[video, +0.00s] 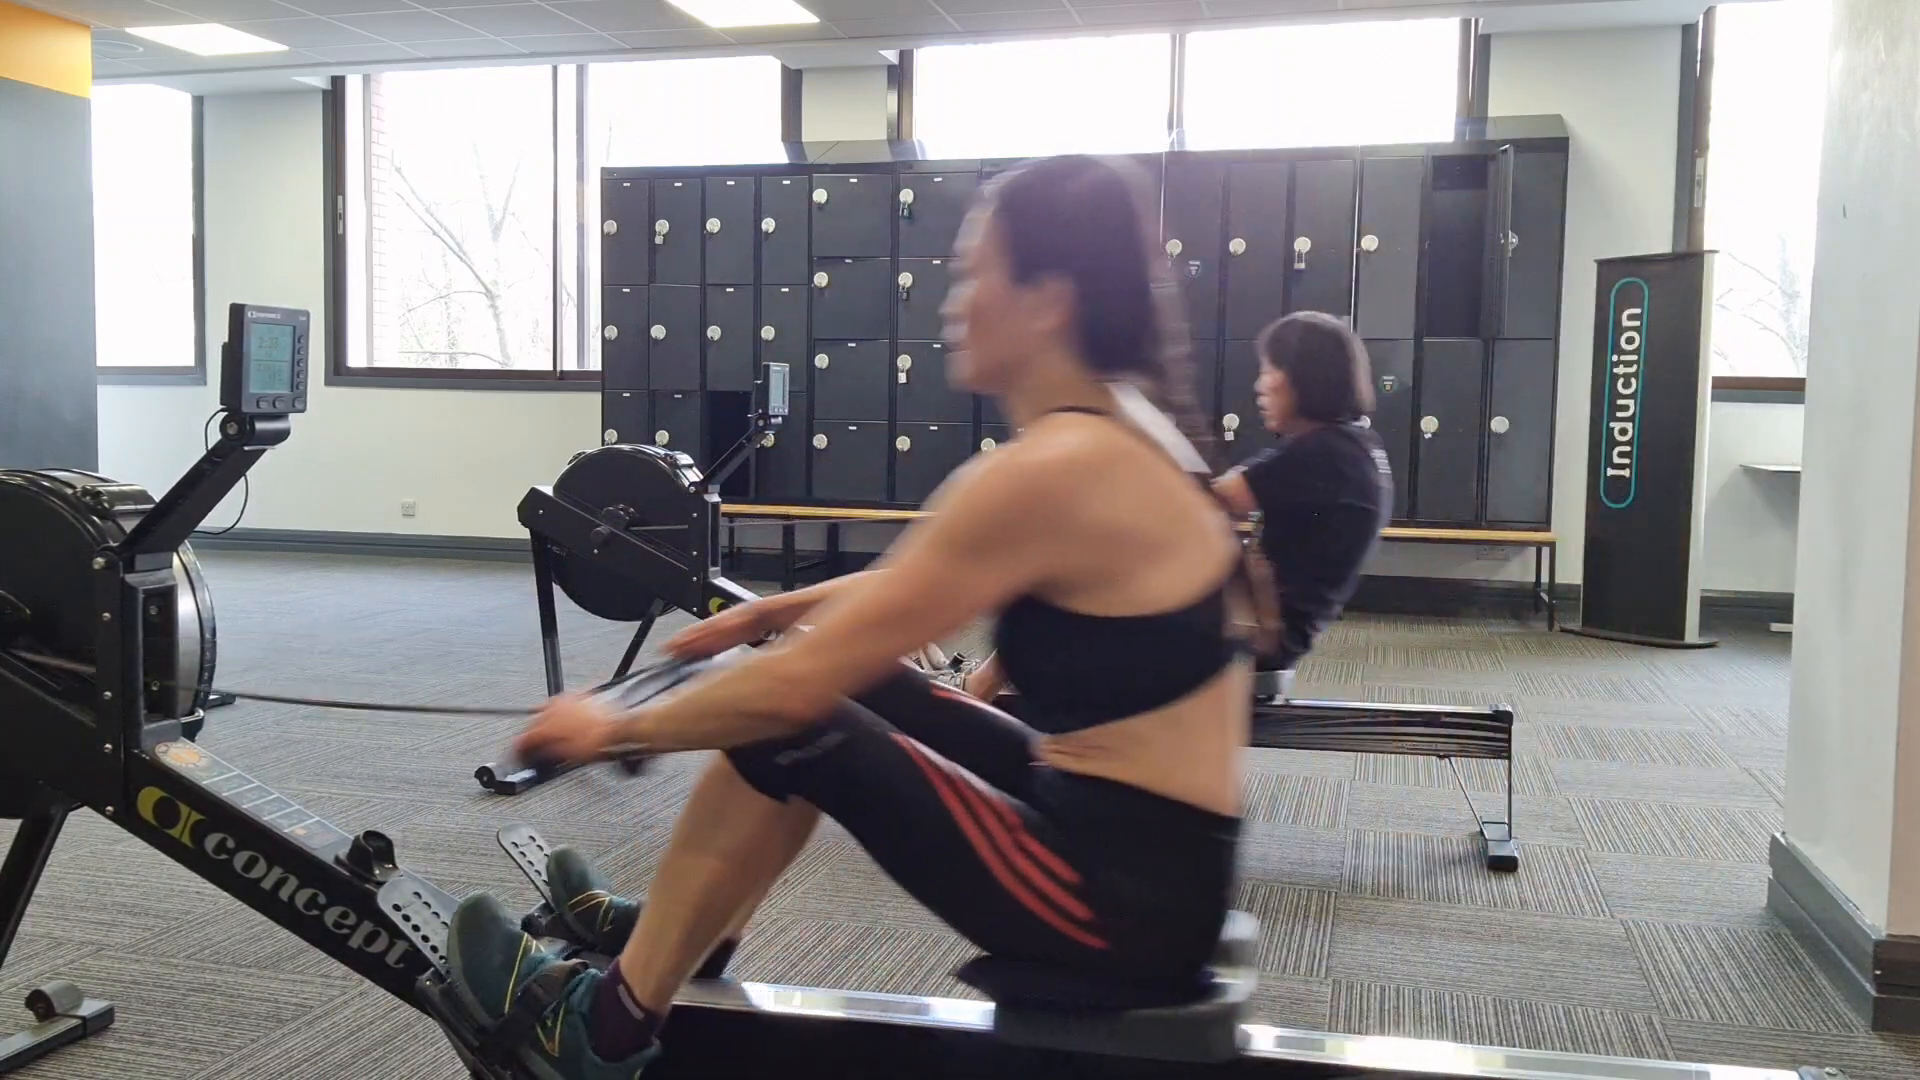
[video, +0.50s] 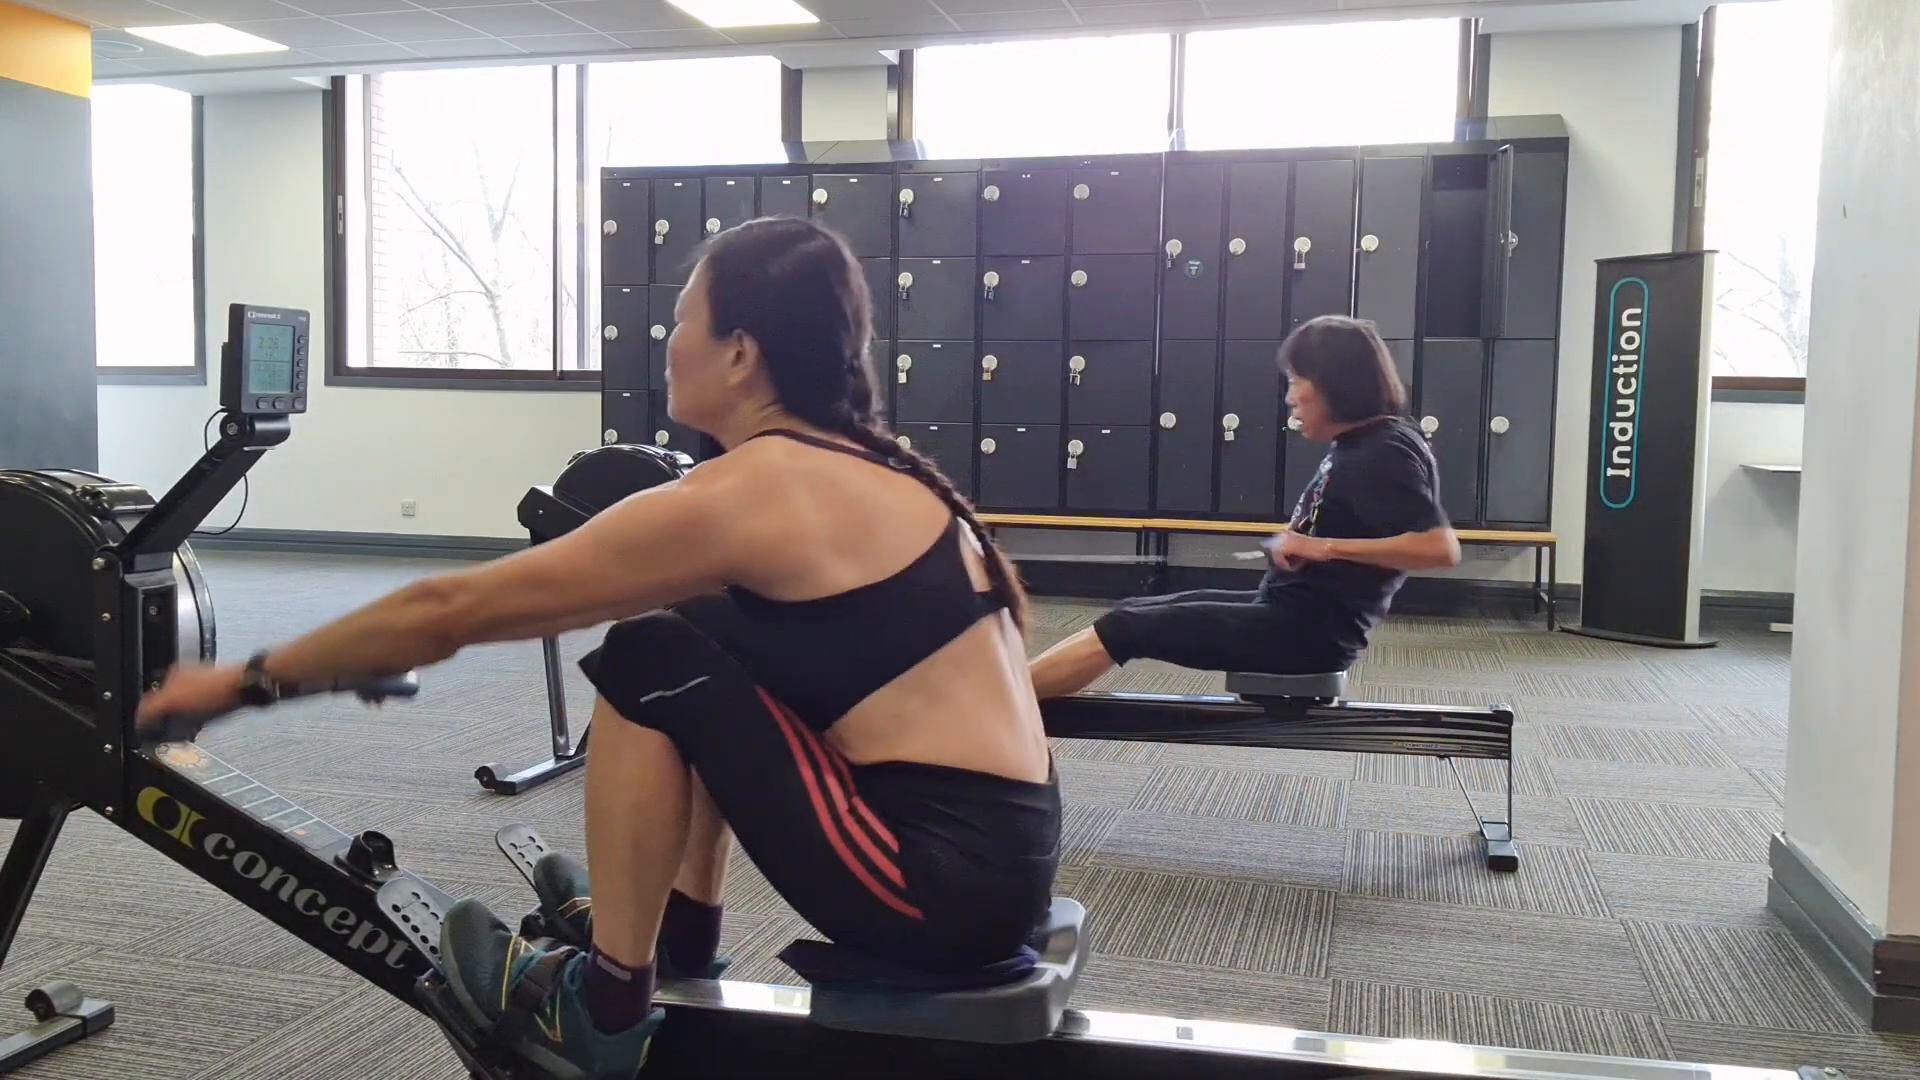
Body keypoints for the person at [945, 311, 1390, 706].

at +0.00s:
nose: (1261, 384)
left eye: (1271, 370)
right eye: (1263, 370)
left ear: (1308, 380)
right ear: (1331, 383)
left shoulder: (1314, 453)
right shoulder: (1353, 448)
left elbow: (1209, 501)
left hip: (1248, 643)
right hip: (1271, 632)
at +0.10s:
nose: (1286, 393)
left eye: (1294, 376)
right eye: (1289, 377)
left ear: (1332, 381)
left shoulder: (1359, 457)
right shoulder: (1350, 447)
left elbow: (1258, 518)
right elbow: (1255, 499)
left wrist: (1151, 514)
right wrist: (1156, 512)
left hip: (1280, 638)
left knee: (1137, 595)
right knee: (1148, 576)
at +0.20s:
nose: (1304, 395)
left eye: (1313, 380)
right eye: (1307, 380)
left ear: (1352, 383)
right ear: (1363, 384)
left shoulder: (1385, 458)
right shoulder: (1373, 449)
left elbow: (1302, 539)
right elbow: (1296, 508)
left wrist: (1197, 523)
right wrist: (1193, 517)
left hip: (1300, 634)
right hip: (1286, 614)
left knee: (1119, 619)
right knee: (1121, 604)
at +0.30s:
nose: (1311, 398)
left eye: (1320, 382)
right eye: (1313, 383)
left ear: (1359, 386)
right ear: (1357, 389)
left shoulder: (1392, 456)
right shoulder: (1374, 449)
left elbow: (1350, 556)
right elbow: (1318, 519)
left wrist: (1238, 535)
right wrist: (1238, 521)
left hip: (1313, 632)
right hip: (1291, 609)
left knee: (1131, 631)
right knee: (1130, 619)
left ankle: (1010, 702)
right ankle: (1010, 696)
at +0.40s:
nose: (1304, 398)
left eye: (1313, 382)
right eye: (1306, 383)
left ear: (1352, 387)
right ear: (1350, 390)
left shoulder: (1390, 456)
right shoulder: (1372, 449)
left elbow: (1398, 562)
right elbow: (1341, 532)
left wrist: (1289, 543)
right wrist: (1283, 529)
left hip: (1311, 632)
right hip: (1295, 612)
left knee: (1130, 632)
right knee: (1130, 622)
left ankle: (1001, 699)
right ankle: (1005, 695)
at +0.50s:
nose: (1288, 398)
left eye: (1296, 382)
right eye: (1288, 384)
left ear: (1336, 385)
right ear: (1339, 387)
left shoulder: (1388, 451)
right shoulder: (1355, 445)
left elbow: (1441, 550)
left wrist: (1328, 547)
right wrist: (1288, 542)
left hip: (1308, 637)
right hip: (1285, 613)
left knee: (1128, 626)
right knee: (1130, 616)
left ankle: (996, 699)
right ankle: (1003, 696)